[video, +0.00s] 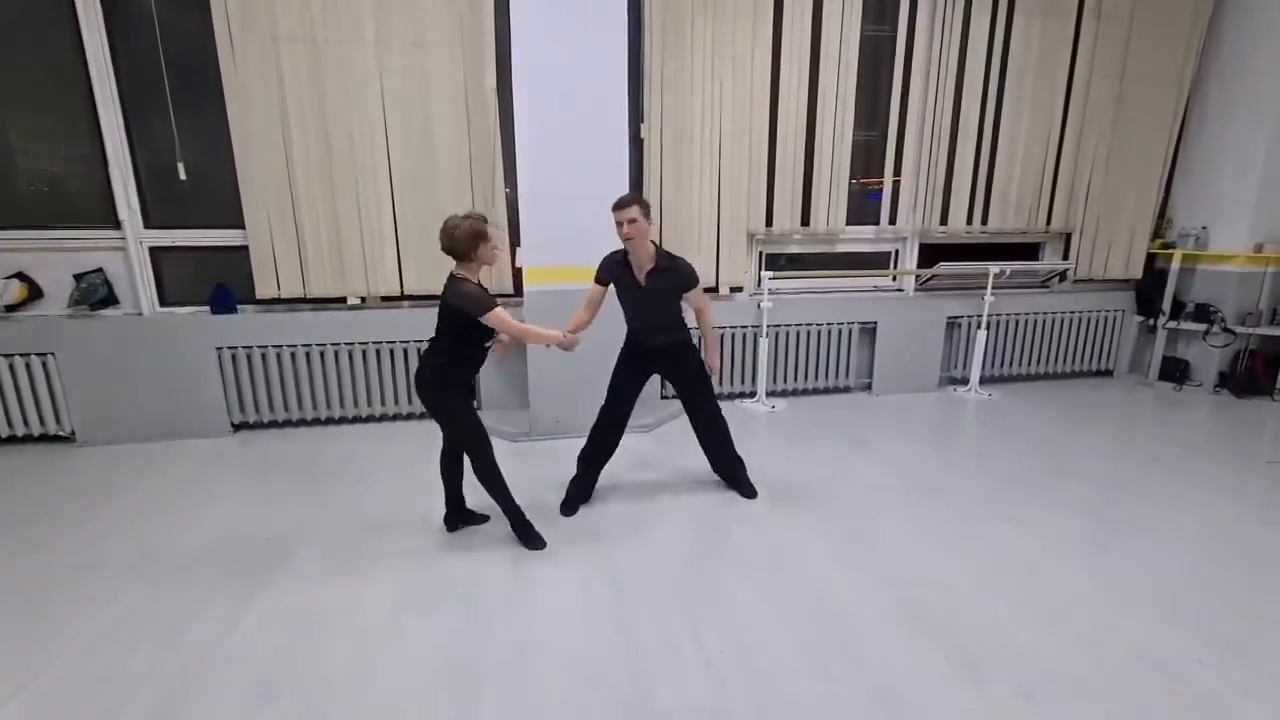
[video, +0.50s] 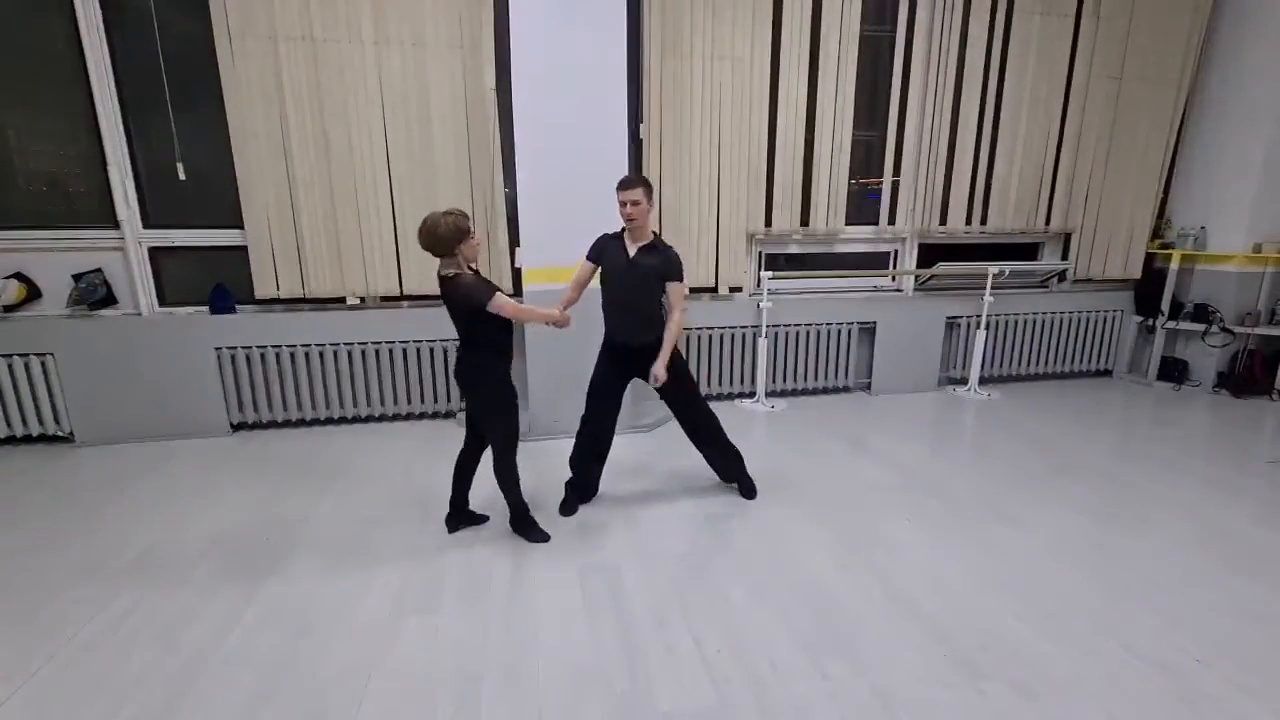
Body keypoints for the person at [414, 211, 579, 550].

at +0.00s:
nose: (495, 245)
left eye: (492, 240)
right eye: (489, 242)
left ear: (467, 252)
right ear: (473, 251)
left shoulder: (472, 280)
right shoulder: (464, 292)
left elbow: (472, 327)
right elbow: (515, 330)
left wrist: (502, 338)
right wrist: (558, 338)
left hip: (454, 378)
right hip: (439, 383)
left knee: (454, 443)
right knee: (479, 445)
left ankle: (455, 511)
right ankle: (518, 520)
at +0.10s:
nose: (492, 242)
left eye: (486, 238)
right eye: (484, 241)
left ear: (468, 259)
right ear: (475, 256)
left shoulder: (472, 287)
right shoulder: (476, 297)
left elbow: (476, 327)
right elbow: (514, 342)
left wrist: (502, 345)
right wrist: (555, 349)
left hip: (441, 376)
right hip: (440, 383)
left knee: (452, 442)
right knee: (479, 443)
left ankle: (454, 511)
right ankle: (518, 515)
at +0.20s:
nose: (488, 238)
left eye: (482, 234)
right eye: (481, 238)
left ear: (467, 258)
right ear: (474, 254)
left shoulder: (469, 284)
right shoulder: (483, 291)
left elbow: (471, 331)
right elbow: (515, 338)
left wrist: (496, 361)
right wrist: (551, 346)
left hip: (443, 373)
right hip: (452, 381)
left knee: (454, 441)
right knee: (483, 444)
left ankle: (454, 511)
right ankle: (517, 516)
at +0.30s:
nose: (483, 229)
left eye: (478, 225)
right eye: (475, 229)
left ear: (461, 247)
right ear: (466, 243)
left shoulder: (467, 271)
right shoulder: (478, 278)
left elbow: (473, 322)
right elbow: (512, 321)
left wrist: (492, 357)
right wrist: (547, 332)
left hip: (458, 369)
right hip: (466, 374)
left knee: (464, 440)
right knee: (493, 441)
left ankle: (455, 510)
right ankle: (518, 516)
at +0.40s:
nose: (480, 232)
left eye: (475, 227)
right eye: (473, 230)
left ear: (453, 245)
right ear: (460, 242)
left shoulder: (460, 272)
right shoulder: (471, 279)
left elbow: (505, 307)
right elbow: (513, 313)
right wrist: (550, 321)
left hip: (470, 369)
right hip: (482, 374)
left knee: (471, 439)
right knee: (501, 443)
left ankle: (457, 510)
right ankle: (520, 516)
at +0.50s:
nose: (479, 238)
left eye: (474, 233)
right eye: (472, 235)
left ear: (450, 248)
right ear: (458, 246)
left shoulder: (452, 277)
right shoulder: (468, 284)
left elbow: (503, 306)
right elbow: (512, 312)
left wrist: (540, 315)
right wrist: (552, 316)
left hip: (474, 370)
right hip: (488, 375)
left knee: (475, 441)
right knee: (505, 444)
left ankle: (458, 510)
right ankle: (520, 516)